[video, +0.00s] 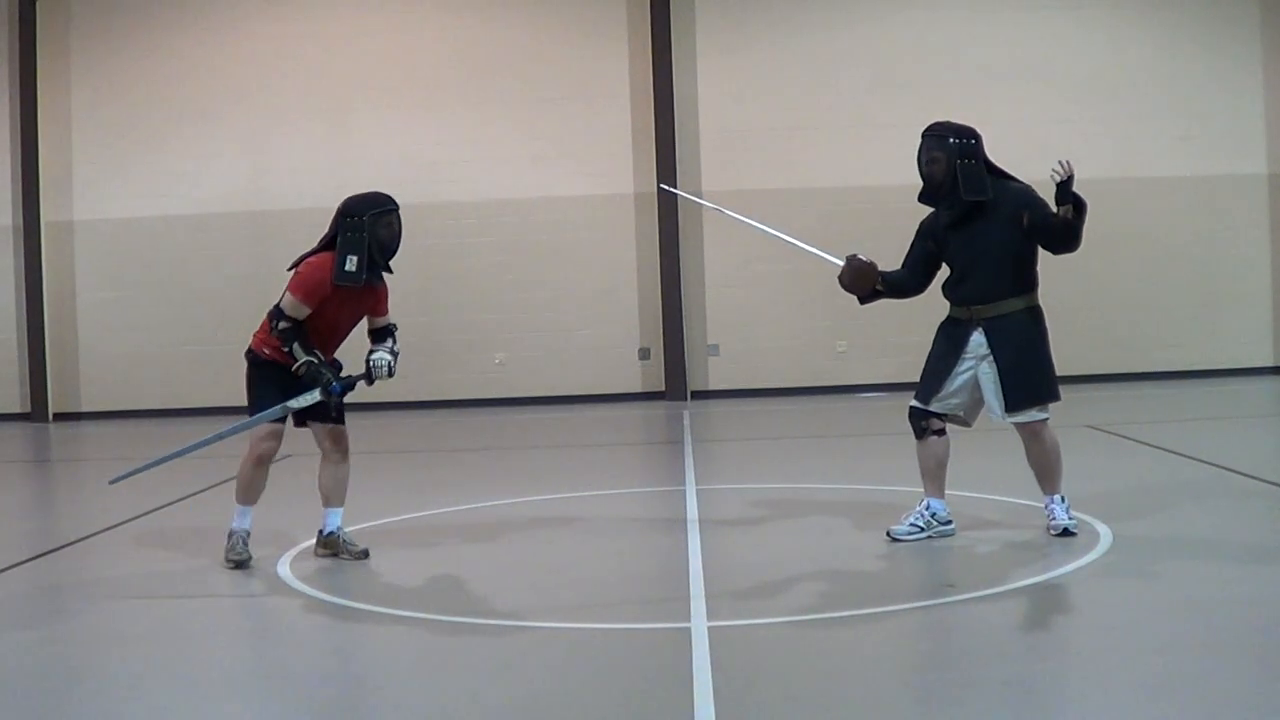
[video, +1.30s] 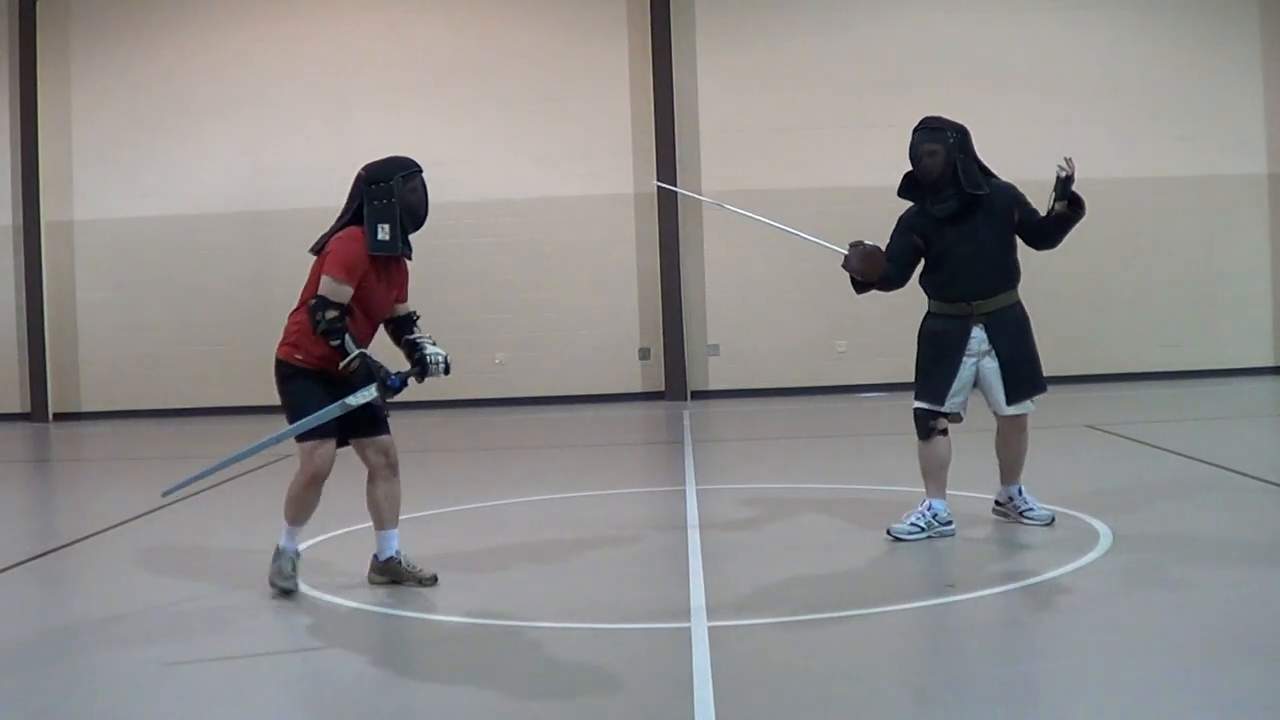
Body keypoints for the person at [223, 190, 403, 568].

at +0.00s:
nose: (394, 235)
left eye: (395, 227)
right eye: (386, 227)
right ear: (360, 229)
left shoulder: (374, 283)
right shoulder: (320, 270)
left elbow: (381, 330)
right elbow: (280, 324)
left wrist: (383, 352)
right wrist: (309, 364)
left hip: (319, 366)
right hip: (272, 360)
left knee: (336, 444)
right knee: (266, 445)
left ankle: (331, 533)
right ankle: (239, 532)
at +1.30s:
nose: (423, 199)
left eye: (421, 189)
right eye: (414, 190)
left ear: (393, 197)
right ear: (388, 195)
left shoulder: (395, 256)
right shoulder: (350, 245)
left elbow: (399, 318)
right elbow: (326, 316)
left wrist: (420, 350)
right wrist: (365, 364)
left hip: (350, 367)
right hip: (304, 365)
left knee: (382, 458)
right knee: (318, 462)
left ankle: (387, 558)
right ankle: (287, 551)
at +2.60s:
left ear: (714, 199)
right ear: (756, 204)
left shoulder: (692, 236)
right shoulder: (767, 248)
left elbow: (675, 188)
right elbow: (751, 213)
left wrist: (692, 172)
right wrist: (739, 175)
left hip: (704, 372)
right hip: (758, 367)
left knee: (697, 462)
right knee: (812, 451)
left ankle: (653, 527)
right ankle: (857, 531)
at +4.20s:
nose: (759, 210)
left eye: (757, 203)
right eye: (756, 203)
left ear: (707, 207)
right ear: (750, 209)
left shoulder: (685, 253)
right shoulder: (764, 261)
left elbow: (660, 308)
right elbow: (766, 328)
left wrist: (705, 310)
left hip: (693, 374)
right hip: (747, 373)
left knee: (682, 457)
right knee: (794, 445)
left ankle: (642, 524)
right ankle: (828, 518)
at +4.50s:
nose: (682, 192)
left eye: (680, 183)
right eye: (678, 184)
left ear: (633, 186)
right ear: (667, 186)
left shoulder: (614, 228)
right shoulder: (672, 233)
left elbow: (625, 315)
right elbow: (681, 306)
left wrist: (680, 353)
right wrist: (704, 338)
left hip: (590, 348)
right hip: (633, 347)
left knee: (620, 448)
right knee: (688, 430)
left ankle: (619, 539)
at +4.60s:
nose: (675, 191)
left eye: (673, 182)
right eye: (671, 182)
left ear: (628, 185)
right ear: (658, 185)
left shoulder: (610, 227)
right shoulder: (662, 231)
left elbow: (617, 311)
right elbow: (677, 303)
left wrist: (665, 354)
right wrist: (704, 342)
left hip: (578, 343)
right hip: (611, 345)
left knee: (615, 443)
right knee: (644, 445)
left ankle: (623, 538)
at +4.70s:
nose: (668, 197)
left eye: (667, 188)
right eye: (665, 189)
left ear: (623, 190)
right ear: (652, 190)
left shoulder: (601, 230)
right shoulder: (654, 235)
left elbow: (603, 310)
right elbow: (663, 307)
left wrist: (651, 355)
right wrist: (690, 344)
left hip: (568, 343)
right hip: (588, 347)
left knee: (611, 440)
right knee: (591, 450)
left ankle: (624, 537)